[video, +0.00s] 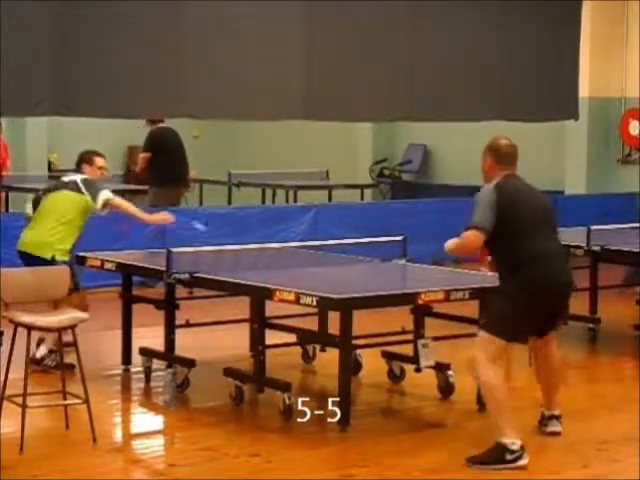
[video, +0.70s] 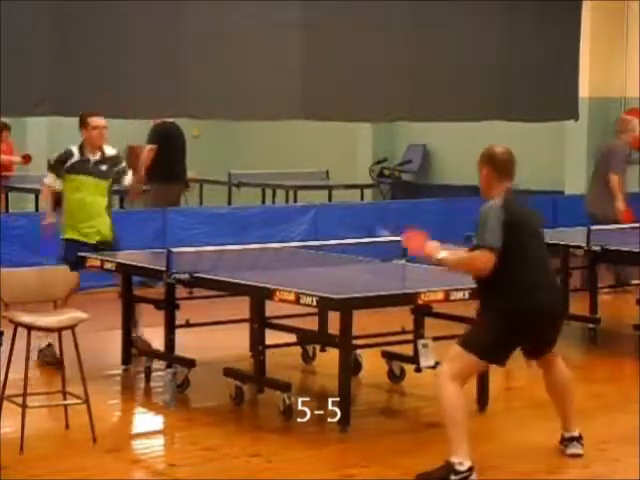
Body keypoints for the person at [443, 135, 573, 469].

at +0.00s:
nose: (482, 167)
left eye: (483, 162)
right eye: (483, 162)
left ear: (489, 162)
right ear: (514, 163)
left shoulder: (492, 191)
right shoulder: (535, 193)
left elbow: (473, 242)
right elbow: (538, 243)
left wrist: (453, 246)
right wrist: (494, 258)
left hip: (522, 283)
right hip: (558, 280)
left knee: (486, 358)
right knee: (544, 341)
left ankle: (509, 443)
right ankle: (551, 414)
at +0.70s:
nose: (479, 179)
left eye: (479, 173)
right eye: (481, 173)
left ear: (486, 173)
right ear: (510, 173)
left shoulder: (494, 209)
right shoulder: (526, 209)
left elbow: (482, 262)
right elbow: (517, 261)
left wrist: (438, 253)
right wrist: (455, 255)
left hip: (508, 311)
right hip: (548, 305)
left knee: (450, 375)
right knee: (549, 358)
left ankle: (460, 463)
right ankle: (572, 434)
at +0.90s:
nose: (490, 156)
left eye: (491, 151)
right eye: (493, 151)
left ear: (497, 156)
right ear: (524, 157)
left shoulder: (504, 198)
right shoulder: (534, 193)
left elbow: (488, 250)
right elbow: (503, 226)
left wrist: (443, 242)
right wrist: (457, 212)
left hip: (501, 306)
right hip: (535, 302)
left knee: (452, 370)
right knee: (538, 362)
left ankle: (460, 462)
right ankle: (570, 434)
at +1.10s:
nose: (478, 159)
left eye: (479, 154)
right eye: (480, 153)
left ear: (484, 159)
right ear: (513, 159)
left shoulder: (487, 201)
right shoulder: (533, 198)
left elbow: (460, 255)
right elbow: (524, 251)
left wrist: (429, 248)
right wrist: (469, 242)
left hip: (491, 309)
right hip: (532, 307)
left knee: (444, 366)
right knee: (537, 363)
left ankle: (463, 461)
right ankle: (570, 435)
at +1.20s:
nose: (475, 149)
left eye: (476, 144)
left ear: (479, 147)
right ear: (511, 148)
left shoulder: (467, 191)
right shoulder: (530, 192)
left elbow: (444, 247)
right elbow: (547, 255)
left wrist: (430, 240)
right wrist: (514, 247)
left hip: (475, 301)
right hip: (522, 300)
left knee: (433, 366)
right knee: (542, 365)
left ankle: (460, 456)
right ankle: (568, 439)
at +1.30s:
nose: (472, 151)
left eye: (473, 146)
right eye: (477, 146)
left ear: (476, 148)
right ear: (508, 150)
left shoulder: (464, 187)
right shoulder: (529, 191)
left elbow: (438, 244)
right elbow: (548, 251)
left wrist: (435, 237)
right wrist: (518, 256)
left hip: (472, 295)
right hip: (520, 296)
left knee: (424, 365)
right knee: (543, 366)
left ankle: (439, 452)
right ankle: (562, 446)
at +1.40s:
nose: (468, 165)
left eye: (468, 160)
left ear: (471, 162)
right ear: (503, 163)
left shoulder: (453, 200)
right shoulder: (521, 202)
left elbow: (427, 258)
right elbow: (547, 259)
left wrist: (451, 251)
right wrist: (540, 283)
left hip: (465, 306)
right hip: (516, 306)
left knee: (419, 375)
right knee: (547, 368)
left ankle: (421, 464)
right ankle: (563, 451)